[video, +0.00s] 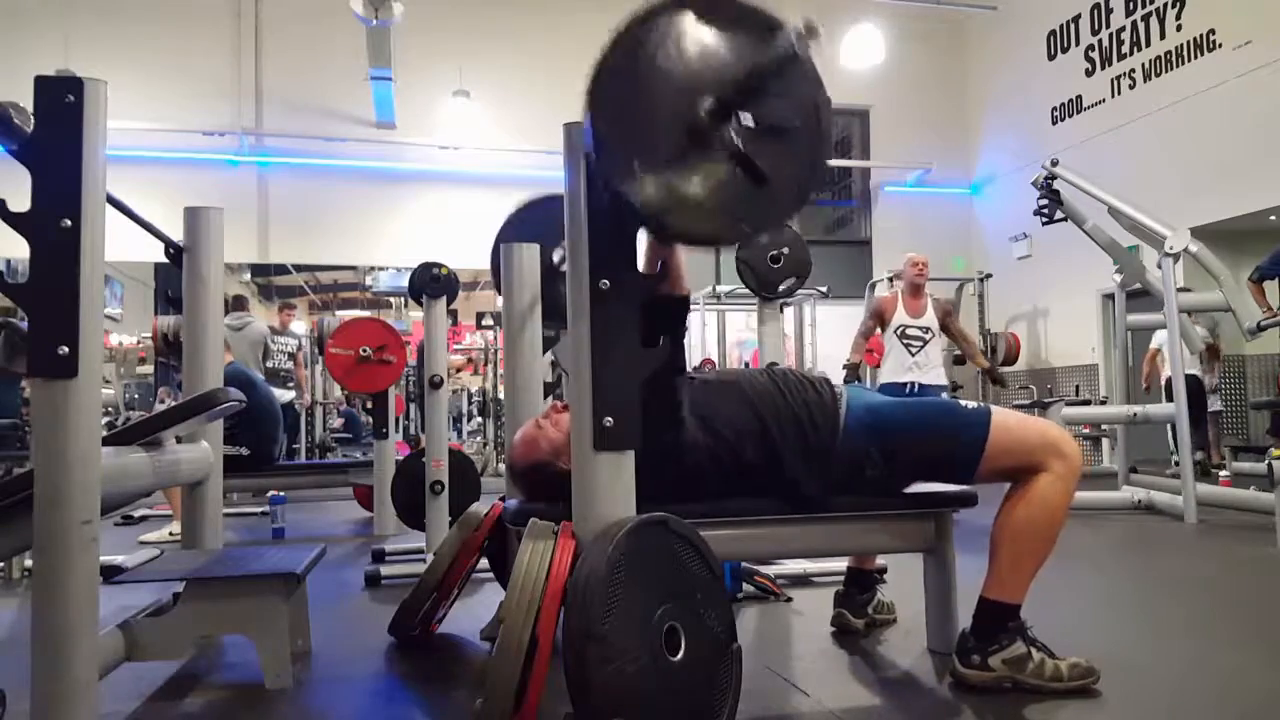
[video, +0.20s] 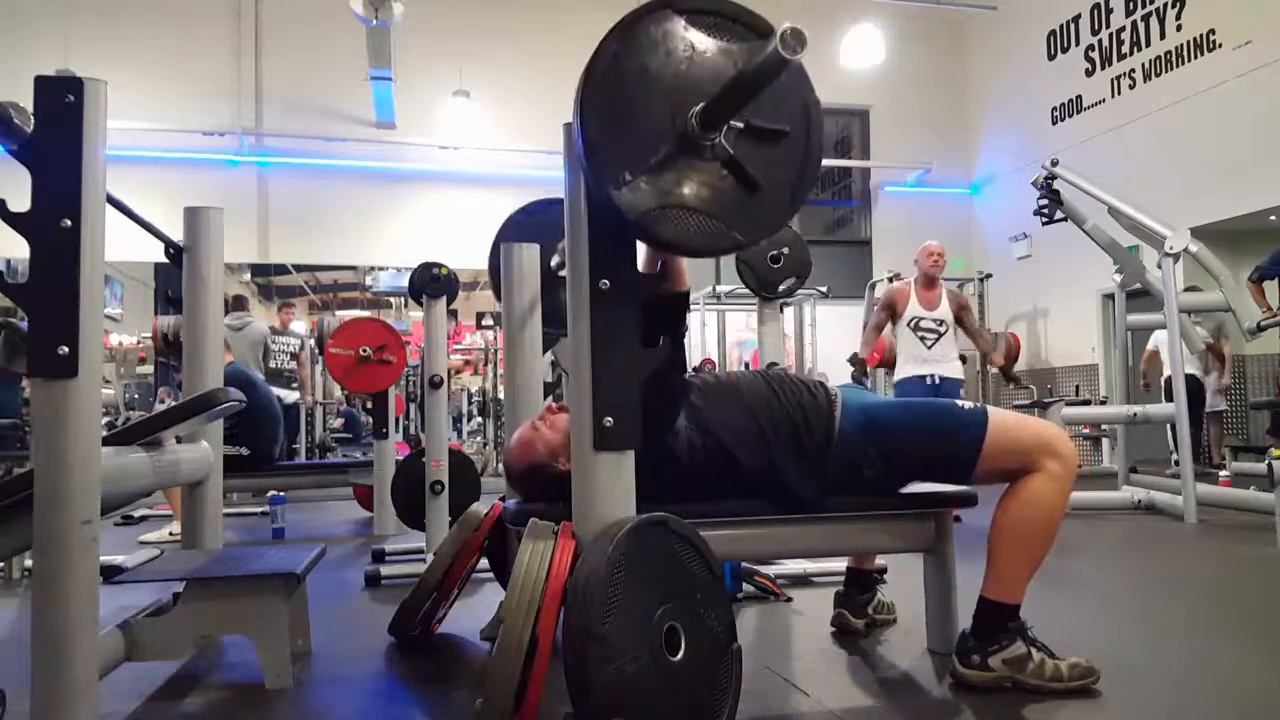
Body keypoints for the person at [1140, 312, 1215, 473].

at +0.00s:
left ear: (1166, 315)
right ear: (1189, 316)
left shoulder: (1161, 333)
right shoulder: (1198, 330)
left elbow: (1150, 357)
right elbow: (1212, 350)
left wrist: (1145, 381)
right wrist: (1211, 368)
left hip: (1171, 378)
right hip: (1194, 377)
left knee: (1174, 420)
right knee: (1199, 419)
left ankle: (1177, 460)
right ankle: (1200, 455)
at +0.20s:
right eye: (1188, 314)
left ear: (1167, 316)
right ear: (1188, 316)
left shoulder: (1159, 333)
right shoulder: (1198, 331)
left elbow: (1144, 362)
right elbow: (1216, 351)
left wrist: (1144, 380)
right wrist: (1223, 368)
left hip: (1170, 378)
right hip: (1194, 377)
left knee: (1172, 421)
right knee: (1195, 421)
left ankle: (1176, 459)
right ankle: (1194, 460)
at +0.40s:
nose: (1194, 318)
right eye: (1193, 316)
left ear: (1170, 319)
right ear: (1191, 317)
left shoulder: (1161, 334)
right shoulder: (1200, 332)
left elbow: (1148, 355)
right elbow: (1215, 353)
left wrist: (1153, 375)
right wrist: (1221, 373)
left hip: (1170, 379)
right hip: (1194, 378)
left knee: (1168, 418)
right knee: (1194, 421)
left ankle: (1172, 453)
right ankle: (1194, 462)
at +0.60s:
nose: (1197, 318)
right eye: (1195, 315)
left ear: (1170, 318)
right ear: (1192, 317)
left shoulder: (1162, 333)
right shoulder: (1195, 332)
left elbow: (1154, 356)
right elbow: (1208, 351)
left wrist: (1158, 370)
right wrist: (1221, 364)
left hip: (1167, 377)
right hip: (1188, 377)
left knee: (1167, 420)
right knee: (1191, 420)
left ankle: (1162, 459)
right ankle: (1194, 460)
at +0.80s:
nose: (1192, 320)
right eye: (1191, 317)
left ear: (1168, 319)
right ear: (1185, 320)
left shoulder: (1162, 334)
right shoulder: (1183, 334)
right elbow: (1197, 351)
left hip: (1160, 377)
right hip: (1179, 380)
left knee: (1161, 420)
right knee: (1188, 421)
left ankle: (1159, 461)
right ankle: (1190, 460)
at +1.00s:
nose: (1192, 318)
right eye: (1191, 316)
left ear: (1166, 318)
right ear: (1187, 318)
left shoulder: (1156, 334)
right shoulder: (1182, 335)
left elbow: (1149, 360)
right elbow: (1190, 360)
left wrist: (1157, 374)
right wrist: (1207, 373)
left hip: (1159, 382)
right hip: (1178, 383)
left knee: (1162, 423)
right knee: (1188, 420)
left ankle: (1159, 462)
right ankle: (1189, 460)